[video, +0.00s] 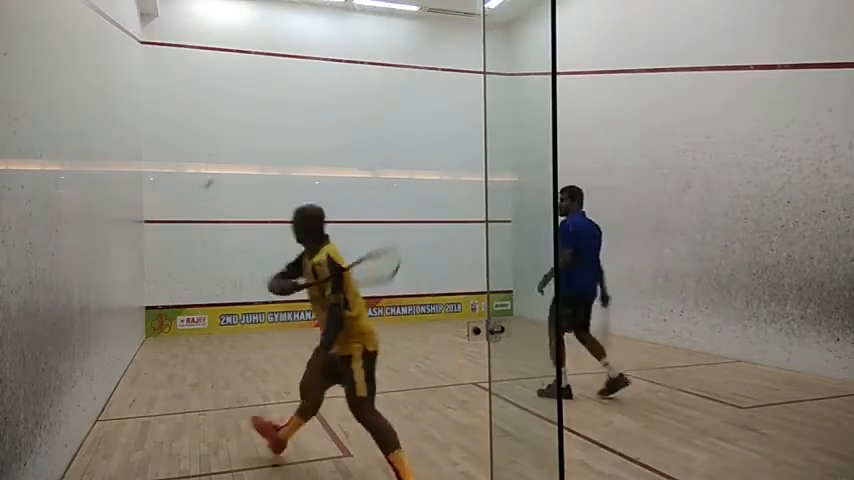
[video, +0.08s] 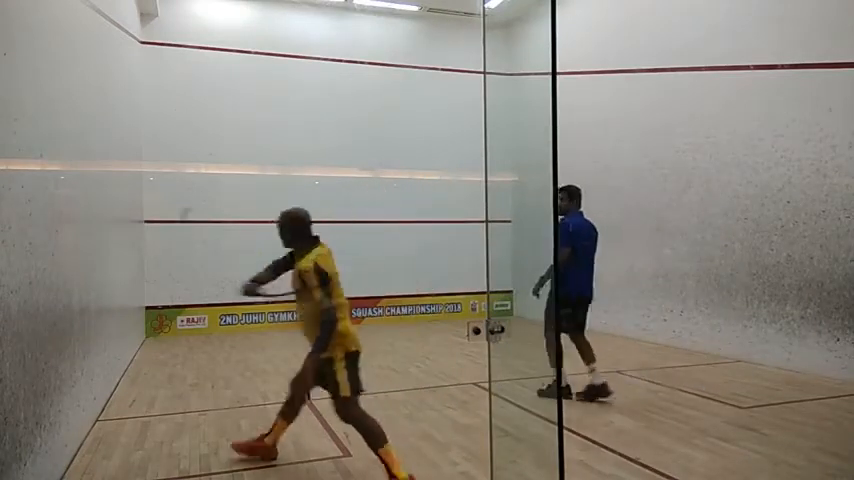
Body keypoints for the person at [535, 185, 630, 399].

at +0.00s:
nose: (559, 204)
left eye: (562, 200)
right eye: (559, 200)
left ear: (573, 202)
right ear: (578, 203)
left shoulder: (566, 226)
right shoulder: (594, 227)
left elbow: (564, 257)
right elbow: (596, 262)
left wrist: (547, 277)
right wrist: (603, 289)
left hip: (568, 291)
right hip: (588, 291)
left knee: (555, 331)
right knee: (582, 332)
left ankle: (561, 382)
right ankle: (613, 375)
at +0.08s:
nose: (558, 204)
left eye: (561, 200)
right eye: (558, 200)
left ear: (573, 202)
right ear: (576, 202)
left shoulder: (566, 225)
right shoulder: (590, 228)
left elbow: (561, 257)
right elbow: (585, 263)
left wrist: (542, 279)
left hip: (562, 291)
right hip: (583, 292)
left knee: (551, 332)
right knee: (576, 332)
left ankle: (559, 382)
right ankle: (597, 379)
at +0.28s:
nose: (551, 207)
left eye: (552, 204)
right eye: (554, 203)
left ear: (553, 205)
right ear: (572, 207)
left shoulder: (554, 227)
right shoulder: (581, 232)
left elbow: (549, 265)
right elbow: (578, 271)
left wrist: (531, 290)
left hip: (552, 295)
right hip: (576, 298)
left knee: (523, 328)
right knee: (573, 338)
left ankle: (535, 380)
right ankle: (595, 387)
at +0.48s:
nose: (530, 212)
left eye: (534, 209)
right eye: (532, 208)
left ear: (540, 212)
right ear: (552, 212)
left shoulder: (531, 233)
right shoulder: (561, 238)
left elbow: (532, 273)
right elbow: (564, 277)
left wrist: (517, 298)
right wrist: (563, 306)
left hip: (533, 301)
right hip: (559, 302)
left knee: (511, 343)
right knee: (565, 343)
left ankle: (507, 395)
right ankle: (592, 386)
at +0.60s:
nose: (512, 221)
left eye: (515, 218)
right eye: (514, 217)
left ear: (521, 221)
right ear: (535, 222)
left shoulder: (514, 246)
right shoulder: (547, 247)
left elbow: (510, 282)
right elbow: (553, 280)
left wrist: (497, 312)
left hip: (523, 310)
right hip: (548, 310)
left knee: (499, 355)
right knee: (549, 345)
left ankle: (504, 406)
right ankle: (584, 386)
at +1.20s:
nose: (496, 215)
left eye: (497, 212)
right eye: (498, 212)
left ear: (499, 214)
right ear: (516, 213)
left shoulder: (493, 237)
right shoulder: (531, 236)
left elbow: (491, 270)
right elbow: (542, 269)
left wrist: (490, 290)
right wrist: (553, 293)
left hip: (506, 298)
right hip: (531, 298)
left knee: (496, 334)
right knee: (537, 339)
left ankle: (507, 374)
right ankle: (552, 384)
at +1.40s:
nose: (479, 215)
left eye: (479, 212)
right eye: (481, 211)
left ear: (479, 212)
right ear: (496, 211)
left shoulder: (477, 233)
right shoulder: (511, 232)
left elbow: (484, 258)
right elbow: (520, 264)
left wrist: (479, 279)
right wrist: (525, 290)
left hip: (496, 293)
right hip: (518, 291)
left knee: (497, 333)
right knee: (527, 331)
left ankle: (513, 371)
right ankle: (545, 368)